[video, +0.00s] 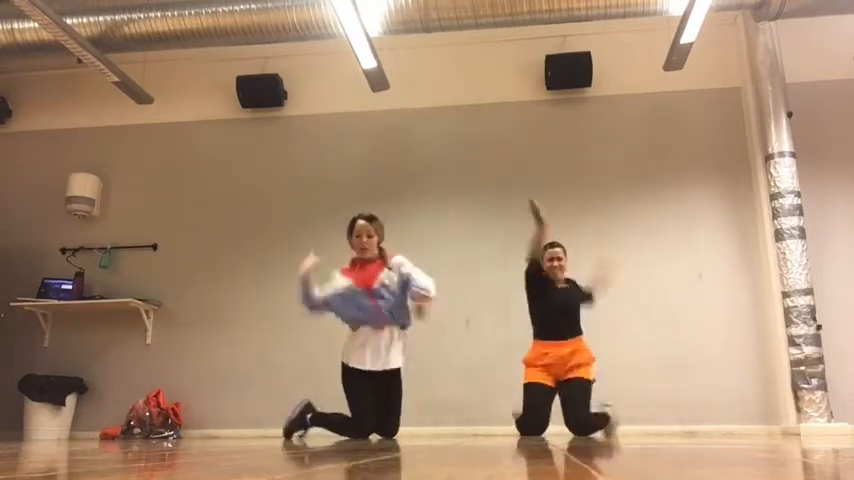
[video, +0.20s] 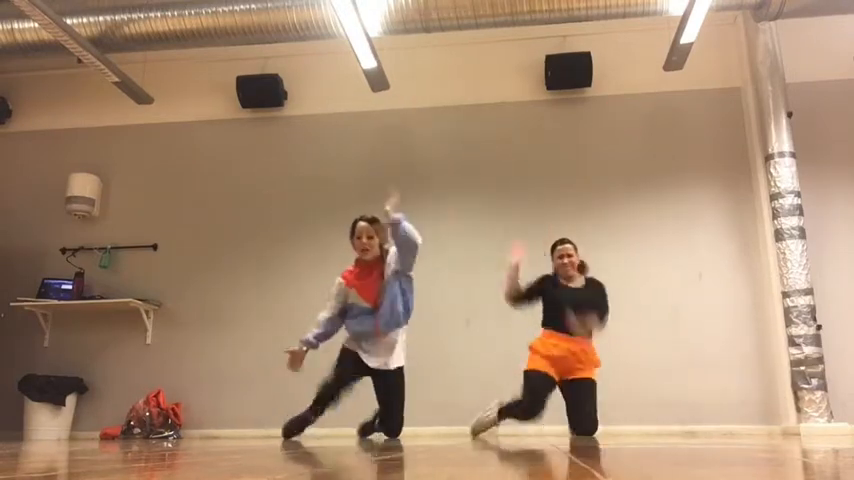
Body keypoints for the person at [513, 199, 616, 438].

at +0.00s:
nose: (555, 263)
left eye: (559, 258)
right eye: (550, 259)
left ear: (566, 262)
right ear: (542, 263)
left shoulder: (573, 288)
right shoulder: (537, 285)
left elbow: (589, 297)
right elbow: (533, 260)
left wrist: (599, 285)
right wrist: (540, 228)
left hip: (575, 361)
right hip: (542, 363)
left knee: (579, 427)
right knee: (532, 430)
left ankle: (605, 418)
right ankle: (520, 420)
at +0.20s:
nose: (566, 260)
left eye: (570, 255)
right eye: (560, 257)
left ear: (578, 259)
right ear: (553, 263)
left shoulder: (594, 287)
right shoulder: (547, 283)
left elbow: (600, 320)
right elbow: (515, 298)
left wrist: (584, 325)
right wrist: (514, 272)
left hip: (580, 359)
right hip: (546, 354)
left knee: (586, 429)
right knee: (530, 409)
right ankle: (498, 413)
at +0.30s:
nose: (557, 260)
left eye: (561, 255)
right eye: (551, 256)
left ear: (570, 257)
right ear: (545, 261)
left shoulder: (582, 281)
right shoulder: (545, 288)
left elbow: (577, 259)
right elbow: (543, 326)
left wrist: (557, 239)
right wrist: (513, 321)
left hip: (578, 355)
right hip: (548, 349)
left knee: (584, 429)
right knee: (511, 365)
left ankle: (590, 422)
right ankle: (508, 409)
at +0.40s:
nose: (545, 256)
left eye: (549, 252)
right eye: (539, 254)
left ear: (558, 255)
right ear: (534, 261)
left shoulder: (568, 268)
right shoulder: (538, 291)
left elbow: (574, 231)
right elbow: (548, 329)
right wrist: (516, 331)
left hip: (575, 350)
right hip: (548, 346)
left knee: (579, 424)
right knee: (505, 350)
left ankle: (627, 428)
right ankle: (524, 411)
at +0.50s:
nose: (533, 254)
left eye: (537, 250)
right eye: (527, 252)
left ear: (546, 254)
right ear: (523, 261)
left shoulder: (558, 262)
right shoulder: (529, 290)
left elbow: (580, 227)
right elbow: (519, 325)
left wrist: (595, 189)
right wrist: (499, 306)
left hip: (573, 347)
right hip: (547, 347)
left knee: (579, 420)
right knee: (501, 357)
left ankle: (648, 431)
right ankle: (527, 422)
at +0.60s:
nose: (522, 248)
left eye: (526, 243)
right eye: (517, 246)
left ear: (534, 246)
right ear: (511, 253)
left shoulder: (550, 254)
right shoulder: (516, 280)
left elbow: (586, 236)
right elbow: (501, 310)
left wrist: (615, 210)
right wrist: (489, 293)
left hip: (571, 336)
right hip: (546, 339)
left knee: (583, 408)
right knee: (501, 356)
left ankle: (648, 429)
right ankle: (527, 421)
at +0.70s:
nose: (513, 233)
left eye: (516, 227)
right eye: (507, 229)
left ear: (526, 228)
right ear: (503, 236)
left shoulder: (544, 241)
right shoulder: (513, 263)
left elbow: (584, 250)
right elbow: (518, 301)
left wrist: (622, 245)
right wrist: (509, 286)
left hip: (568, 316)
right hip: (542, 321)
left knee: (587, 386)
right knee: (506, 354)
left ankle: (647, 423)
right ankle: (527, 421)